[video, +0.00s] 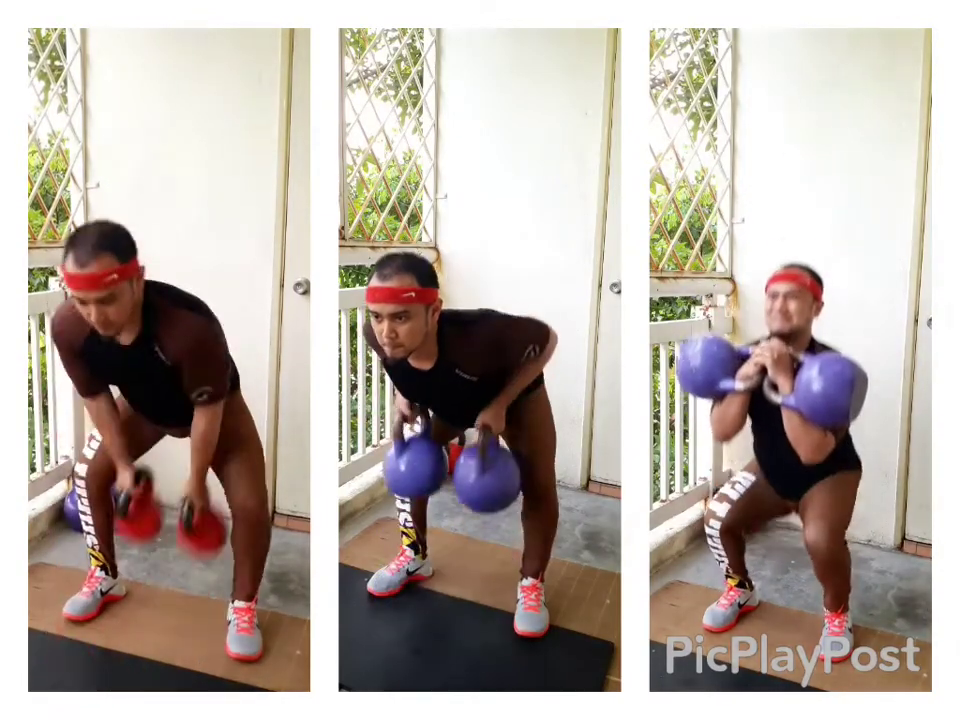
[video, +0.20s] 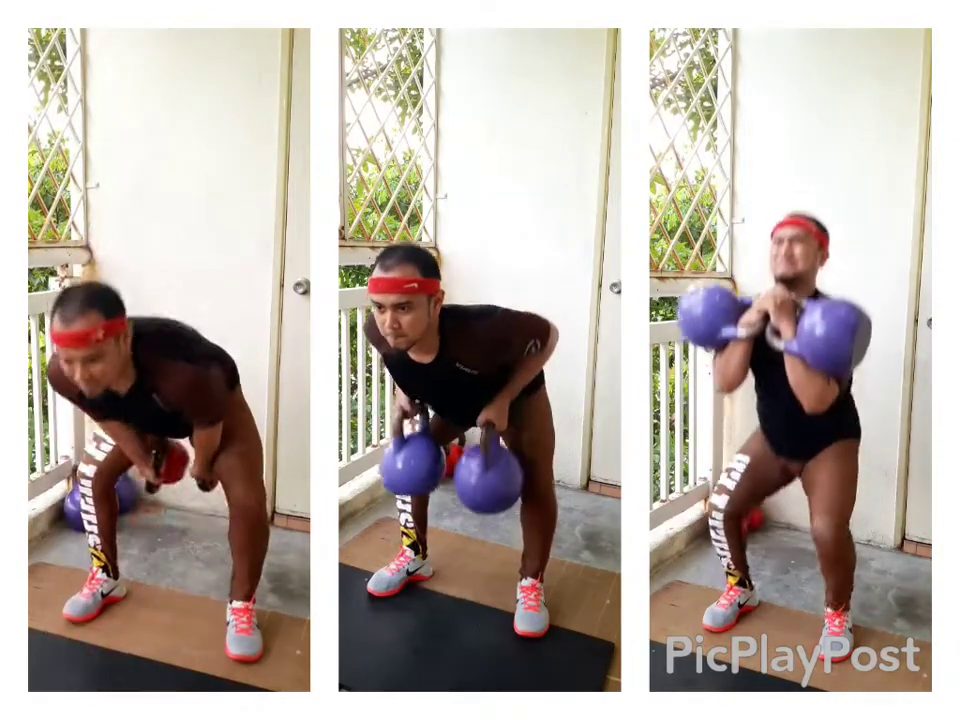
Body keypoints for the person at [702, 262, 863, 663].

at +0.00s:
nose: (779, 305)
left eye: (792, 297)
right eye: (772, 296)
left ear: (816, 309)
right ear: (765, 306)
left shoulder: (830, 366)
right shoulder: (747, 357)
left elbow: (814, 451)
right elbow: (721, 431)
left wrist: (785, 384)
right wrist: (743, 382)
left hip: (830, 472)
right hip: (774, 471)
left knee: (821, 540)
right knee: (724, 521)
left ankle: (837, 615)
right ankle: (740, 588)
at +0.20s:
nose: (786, 250)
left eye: (798, 242)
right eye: (779, 241)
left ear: (821, 254)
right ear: (769, 252)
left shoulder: (832, 318)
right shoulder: (752, 312)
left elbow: (817, 399)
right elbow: (725, 381)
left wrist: (789, 331)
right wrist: (749, 326)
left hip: (830, 441)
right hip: (774, 437)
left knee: (828, 531)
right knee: (724, 508)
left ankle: (837, 613)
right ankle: (739, 586)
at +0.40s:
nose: (797, 192)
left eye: (811, 185)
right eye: (790, 183)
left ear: (832, 204)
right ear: (777, 197)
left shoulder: (840, 262)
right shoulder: (754, 254)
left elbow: (820, 338)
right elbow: (730, 324)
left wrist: (793, 265)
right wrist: (754, 262)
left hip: (831, 415)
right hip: (772, 409)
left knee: (834, 518)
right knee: (738, 495)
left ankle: (837, 612)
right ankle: (740, 584)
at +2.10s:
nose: (790, 259)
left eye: (802, 251)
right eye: (783, 251)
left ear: (824, 262)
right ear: (774, 260)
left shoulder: (835, 321)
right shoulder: (755, 316)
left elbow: (819, 395)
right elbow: (729, 384)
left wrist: (794, 326)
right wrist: (754, 328)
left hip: (831, 448)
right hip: (775, 445)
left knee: (827, 536)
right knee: (725, 515)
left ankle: (835, 615)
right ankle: (740, 586)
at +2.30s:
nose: (788, 320)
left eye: (800, 311)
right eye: (781, 311)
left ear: (822, 323)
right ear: (772, 321)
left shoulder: (832, 380)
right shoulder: (751, 375)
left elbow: (818, 461)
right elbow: (726, 444)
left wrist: (791, 391)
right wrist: (752, 394)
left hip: (829, 490)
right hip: (772, 489)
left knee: (826, 547)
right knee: (716, 524)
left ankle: (835, 616)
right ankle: (740, 589)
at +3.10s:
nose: (792, 254)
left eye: (805, 248)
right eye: (786, 246)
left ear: (825, 265)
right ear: (774, 258)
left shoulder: (833, 324)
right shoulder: (755, 317)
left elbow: (818, 404)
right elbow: (726, 387)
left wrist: (792, 336)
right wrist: (750, 334)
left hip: (829, 446)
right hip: (774, 442)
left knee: (824, 535)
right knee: (722, 512)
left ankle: (836, 614)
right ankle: (740, 586)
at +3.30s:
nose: (798, 200)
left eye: (812, 195)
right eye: (792, 192)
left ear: (832, 214)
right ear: (779, 206)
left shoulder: (840, 272)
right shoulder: (757, 265)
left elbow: (822, 348)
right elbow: (729, 332)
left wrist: (796, 276)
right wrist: (755, 273)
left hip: (830, 419)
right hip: (771, 413)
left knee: (833, 521)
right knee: (734, 496)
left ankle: (837, 613)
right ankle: (739, 585)